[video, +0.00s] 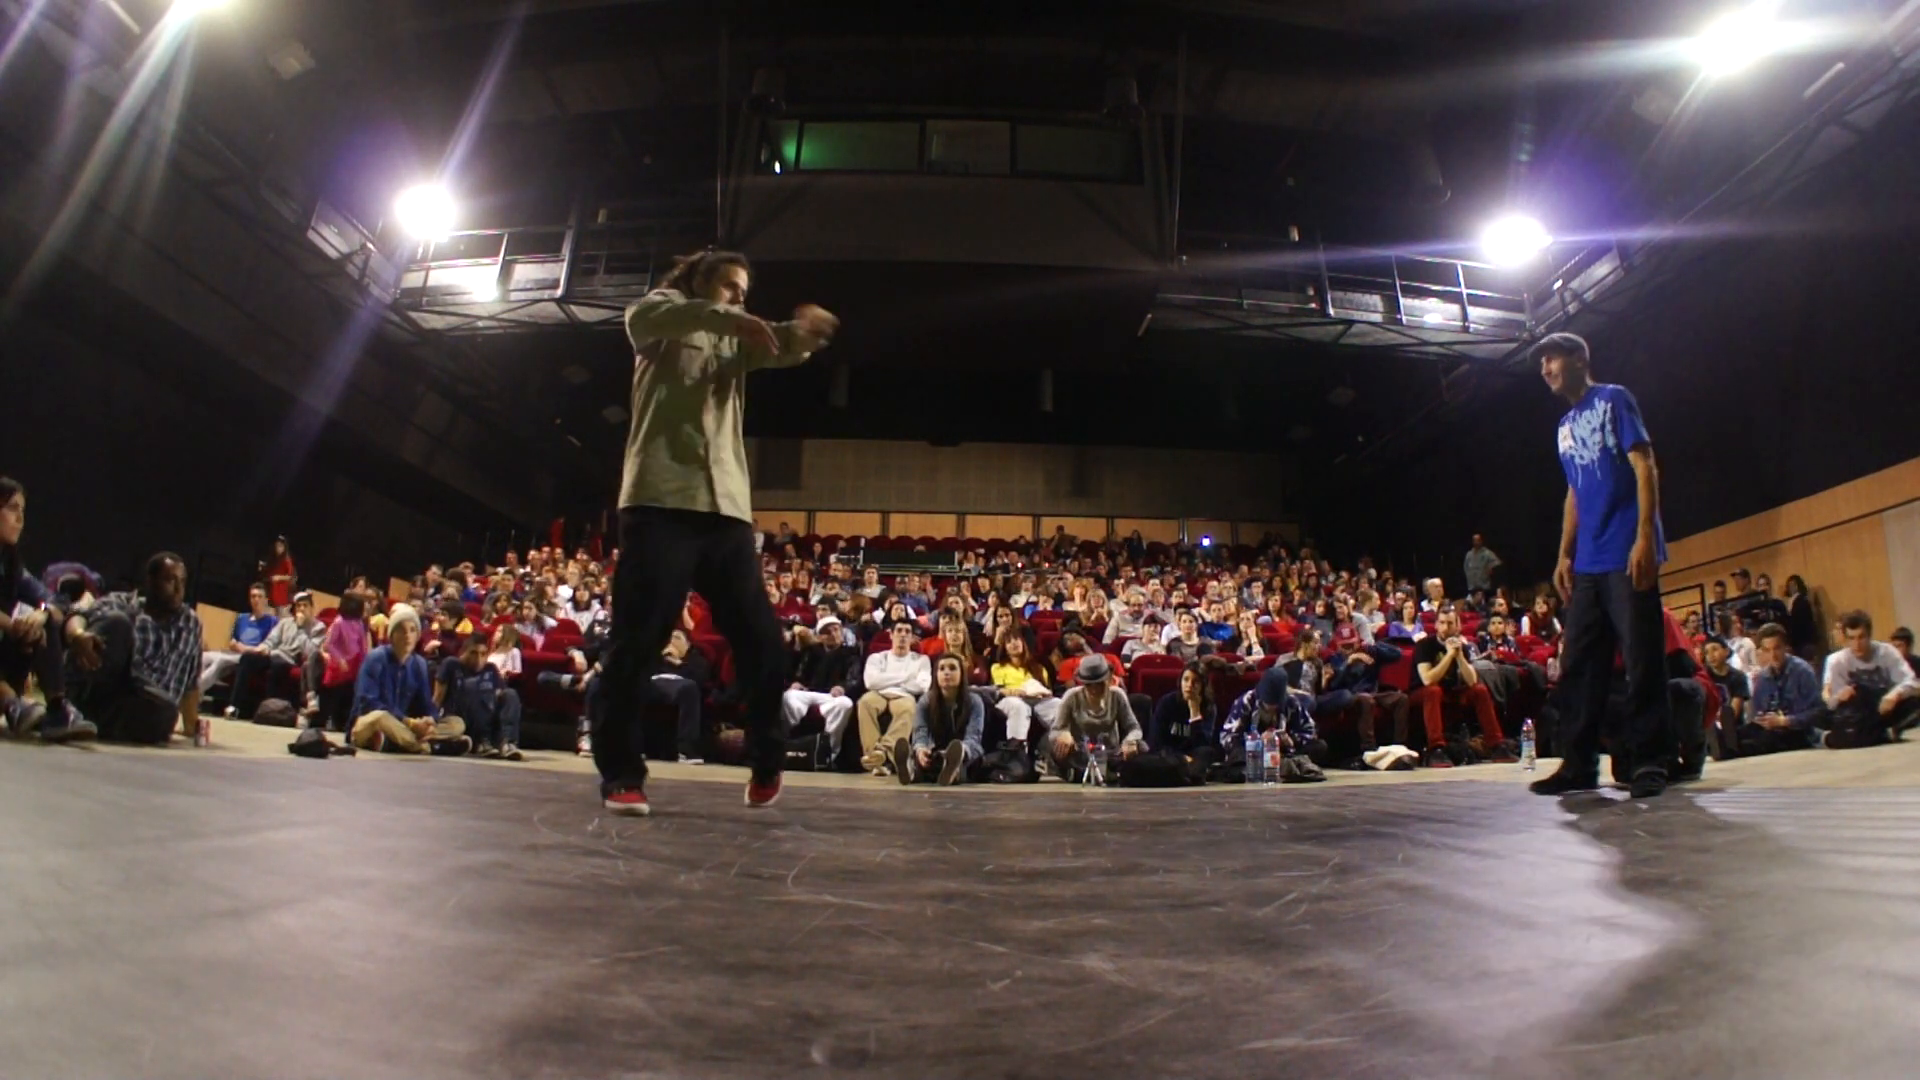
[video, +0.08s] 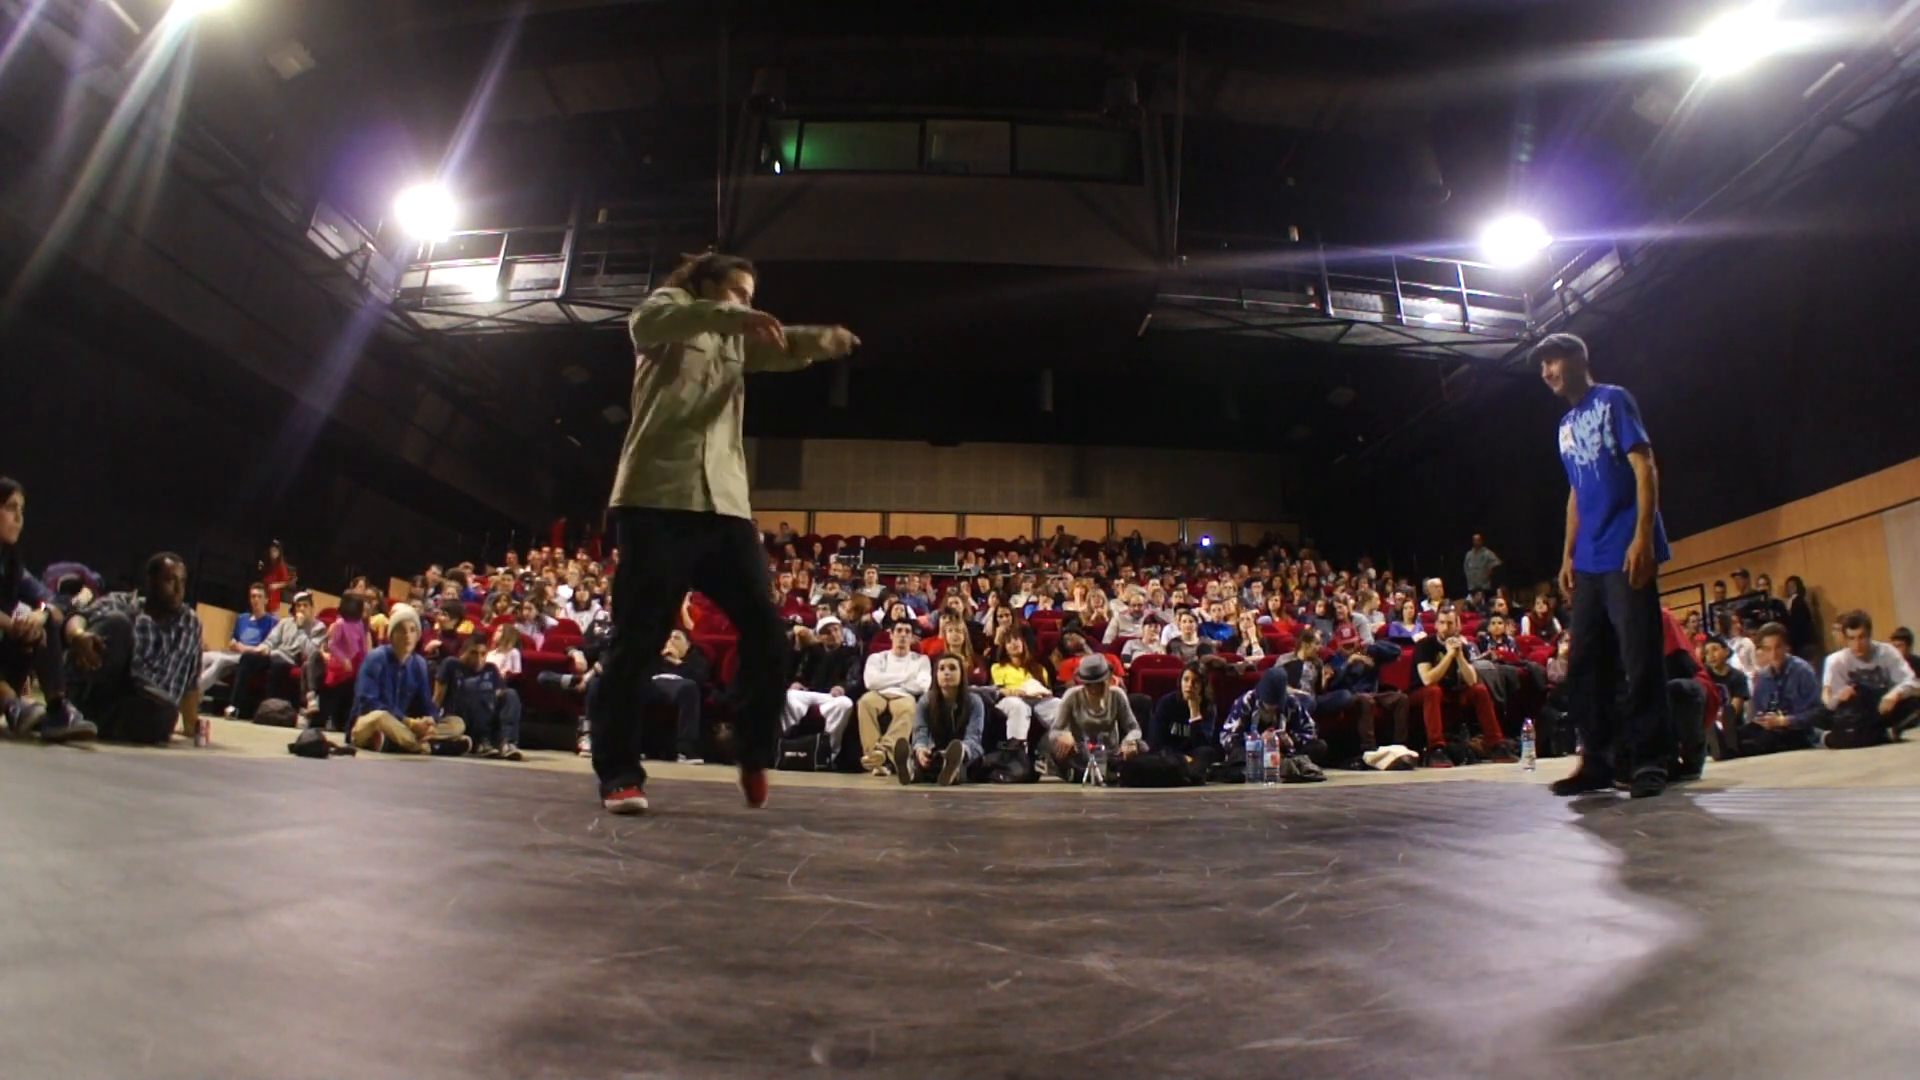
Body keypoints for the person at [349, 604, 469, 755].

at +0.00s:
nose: (408, 636)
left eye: (412, 630)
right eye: (401, 631)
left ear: (418, 635)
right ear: (391, 635)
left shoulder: (419, 664)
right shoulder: (376, 658)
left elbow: (425, 704)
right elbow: (367, 703)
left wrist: (430, 720)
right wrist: (407, 722)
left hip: (412, 725)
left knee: (457, 723)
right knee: (381, 717)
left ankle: (395, 744)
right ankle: (426, 748)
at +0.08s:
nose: (408, 636)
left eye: (413, 630)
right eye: (401, 631)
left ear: (418, 635)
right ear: (391, 635)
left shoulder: (419, 664)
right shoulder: (375, 658)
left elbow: (426, 704)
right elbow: (367, 703)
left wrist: (430, 720)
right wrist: (406, 722)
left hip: (411, 725)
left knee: (457, 723)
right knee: (381, 718)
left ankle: (394, 744)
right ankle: (426, 748)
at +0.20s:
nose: (408, 637)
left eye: (413, 631)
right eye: (401, 631)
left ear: (418, 635)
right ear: (391, 635)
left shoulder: (420, 664)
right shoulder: (376, 658)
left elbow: (426, 704)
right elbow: (367, 703)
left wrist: (430, 720)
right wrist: (407, 722)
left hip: (412, 725)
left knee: (457, 724)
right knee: (381, 717)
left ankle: (395, 744)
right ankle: (426, 748)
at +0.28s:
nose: (408, 637)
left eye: (413, 631)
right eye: (402, 631)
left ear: (418, 635)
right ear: (391, 635)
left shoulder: (419, 664)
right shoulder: (375, 659)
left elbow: (426, 704)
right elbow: (368, 703)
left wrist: (430, 720)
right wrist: (407, 722)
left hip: (411, 725)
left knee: (457, 724)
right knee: (380, 717)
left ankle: (394, 744)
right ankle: (426, 748)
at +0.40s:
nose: (408, 637)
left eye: (413, 631)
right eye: (402, 631)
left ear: (418, 635)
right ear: (391, 635)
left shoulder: (419, 664)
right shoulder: (376, 659)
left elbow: (426, 704)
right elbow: (367, 703)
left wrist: (430, 720)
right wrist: (407, 722)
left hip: (412, 725)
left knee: (457, 724)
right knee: (380, 717)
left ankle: (394, 744)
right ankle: (425, 748)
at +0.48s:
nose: (408, 637)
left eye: (413, 631)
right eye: (402, 631)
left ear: (418, 635)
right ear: (391, 635)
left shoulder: (419, 664)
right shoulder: (376, 659)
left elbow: (425, 704)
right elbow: (367, 703)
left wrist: (430, 720)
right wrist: (407, 722)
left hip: (411, 724)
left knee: (457, 724)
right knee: (380, 717)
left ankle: (394, 744)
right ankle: (426, 748)